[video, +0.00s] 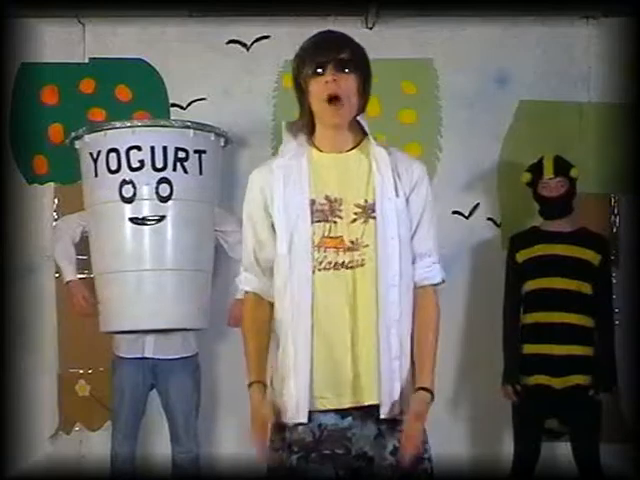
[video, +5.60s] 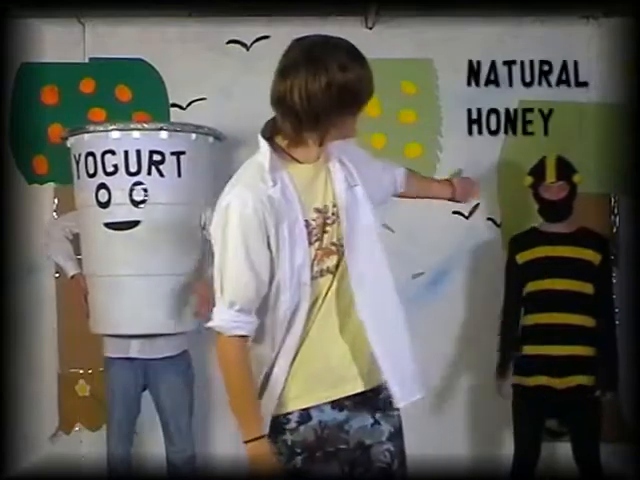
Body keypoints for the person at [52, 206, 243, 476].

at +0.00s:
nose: (150, 197)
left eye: (160, 191)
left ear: (174, 188)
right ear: (127, 190)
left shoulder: (192, 212)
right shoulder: (114, 214)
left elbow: (244, 241)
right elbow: (64, 229)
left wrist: (243, 293)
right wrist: (72, 280)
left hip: (179, 349)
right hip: (129, 350)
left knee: (186, 446)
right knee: (122, 447)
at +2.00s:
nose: (149, 195)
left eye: (159, 189)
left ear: (172, 186)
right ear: (130, 189)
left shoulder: (194, 213)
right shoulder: (113, 215)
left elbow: (244, 240)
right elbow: (59, 234)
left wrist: (214, 287)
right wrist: (83, 277)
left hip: (175, 349)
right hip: (124, 349)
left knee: (184, 448)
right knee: (120, 449)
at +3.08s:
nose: (142, 193)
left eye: (151, 187)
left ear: (163, 184)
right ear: (123, 187)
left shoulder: (187, 211)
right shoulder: (106, 216)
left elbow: (239, 235)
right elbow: (53, 233)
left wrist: (220, 288)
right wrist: (76, 277)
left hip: (172, 349)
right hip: (122, 351)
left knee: (182, 449)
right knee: (119, 451)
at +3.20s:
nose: (141, 192)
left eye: (149, 186)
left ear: (161, 185)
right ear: (121, 190)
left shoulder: (181, 212)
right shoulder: (104, 216)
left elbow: (235, 239)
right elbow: (53, 232)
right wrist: (76, 275)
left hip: (173, 349)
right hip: (122, 351)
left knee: (184, 449)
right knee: (118, 450)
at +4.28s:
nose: (135, 189)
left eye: (144, 181)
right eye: (128, 181)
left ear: (157, 181)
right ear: (116, 183)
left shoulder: (176, 208)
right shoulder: (104, 212)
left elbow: (229, 216)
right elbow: (53, 229)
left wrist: (236, 173)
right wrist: (75, 274)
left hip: (172, 340)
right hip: (123, 344)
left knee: (183, 441)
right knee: (121, 441)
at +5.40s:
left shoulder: (179, 218)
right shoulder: (106, 214)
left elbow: (236, 235)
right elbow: (54, 228)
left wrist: (209, 215)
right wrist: (75, 273)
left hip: (172, 337)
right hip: (121, 340)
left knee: (179, 432)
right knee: (120, 429)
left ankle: (183, 477)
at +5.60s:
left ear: (165, 189)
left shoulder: (182, 220)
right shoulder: (106, 217)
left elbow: (216, 247)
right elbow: (56, 227)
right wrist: (75, 273)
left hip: (171, 349)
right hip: (120, 351)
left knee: (182, 448)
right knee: (118, 451)